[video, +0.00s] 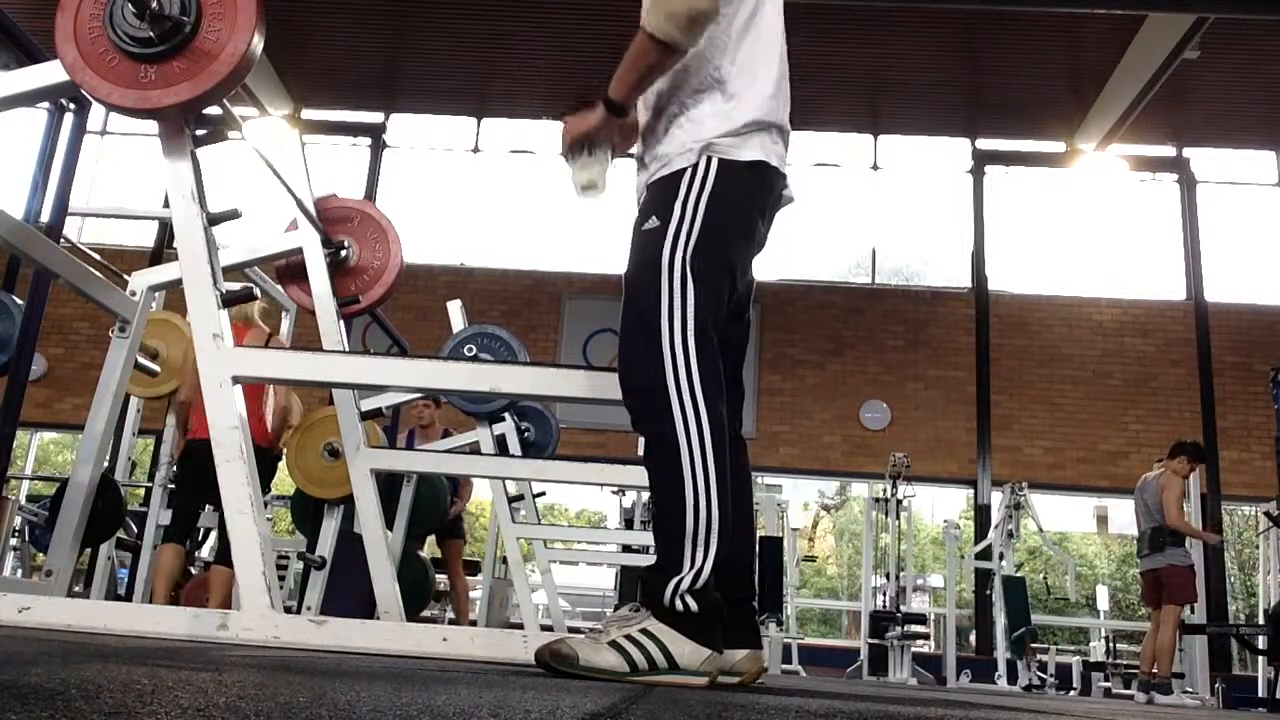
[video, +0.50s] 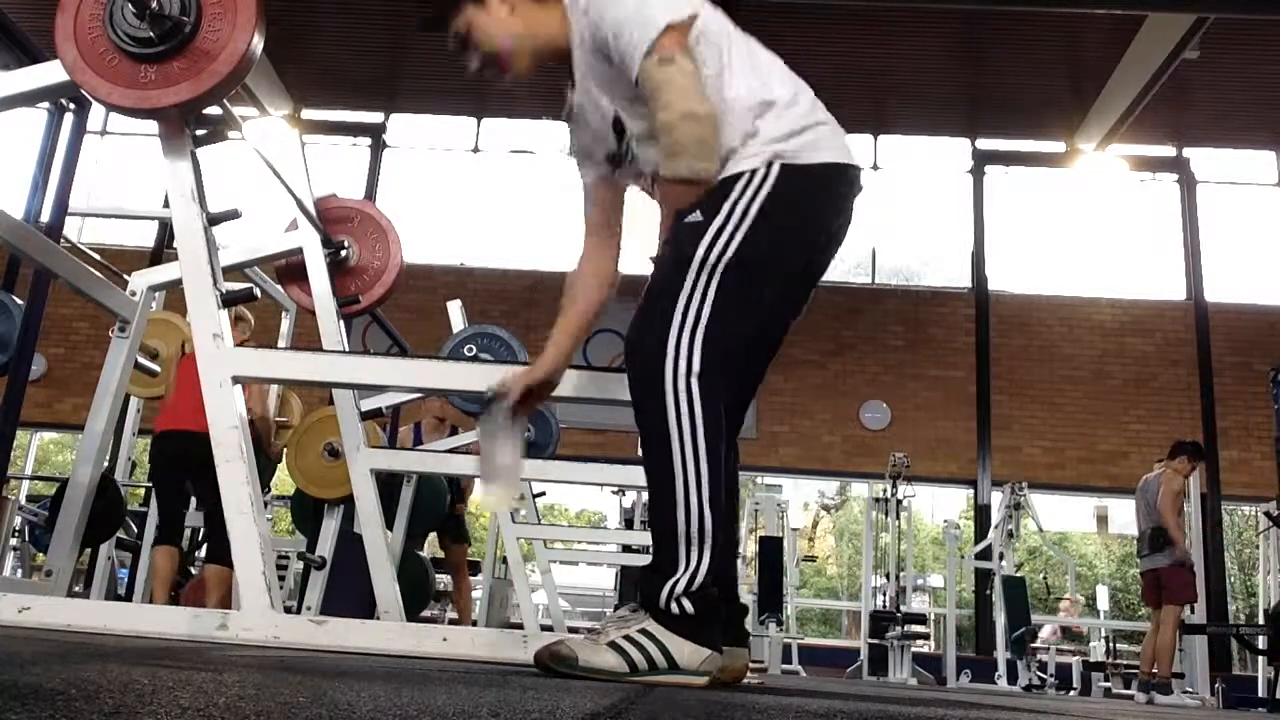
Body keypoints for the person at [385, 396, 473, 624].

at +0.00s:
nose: (420, 411)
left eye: (426, 406)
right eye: (415, 407)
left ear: (437, 410)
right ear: (409, 413)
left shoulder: (452, 439)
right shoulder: (402, 440)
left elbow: (465, 477)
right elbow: (390, 472)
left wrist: (461, 501)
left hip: (447, 506)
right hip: (412, 506)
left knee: (454, 568)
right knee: (405, 563)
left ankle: (463, 626)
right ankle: (399, 620)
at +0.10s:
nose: (425, 411)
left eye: (431, 407)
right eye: (421, 406)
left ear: (441, 412)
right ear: (415, 411)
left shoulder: (453, 440)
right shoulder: (404, 439)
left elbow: (463, 478)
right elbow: (393, 472)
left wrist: (459, 503)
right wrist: (398, 498)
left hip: (447, 506)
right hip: (412, 504)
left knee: (453, 568)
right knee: (405, 560)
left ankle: (462, 626)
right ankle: (396, 618)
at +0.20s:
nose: (431, 410)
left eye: (437, 406)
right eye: (426, 405)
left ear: (445, 412)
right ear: (419, 409)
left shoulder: (455, 443)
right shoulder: (403, 439)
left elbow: (463, 478)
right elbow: (389, 471)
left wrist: (459, 502)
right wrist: (393, 496)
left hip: (446, 507)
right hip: (410, 504)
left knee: (452, 568)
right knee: (402, 560)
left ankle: (462, 625)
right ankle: (392, 617)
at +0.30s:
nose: (437, 408)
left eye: (442, 404)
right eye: (431, 403)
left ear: (448, 410)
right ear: (422, 407)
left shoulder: (456, 442)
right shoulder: (405, 438)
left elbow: (464, 483)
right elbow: (393, 471)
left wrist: (459, 503)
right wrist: (398, 496)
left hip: (446, 508)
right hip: (410, 504)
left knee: (453, 569)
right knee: (402, 560)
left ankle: (462, 626)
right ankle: (394, 617)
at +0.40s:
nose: (440, 406)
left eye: (445, 402)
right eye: (435, 400)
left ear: (450, 408)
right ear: (423, 405)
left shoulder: (456, 438)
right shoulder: (406, 434)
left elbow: (466, 476)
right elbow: (397, 467)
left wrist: (460, 499)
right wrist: (403, 494)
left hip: (449, 506)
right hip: (413, 503)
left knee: (455, 570)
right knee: (404, 561)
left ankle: (462, 628)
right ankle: (394, 619)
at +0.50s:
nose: (440, 410)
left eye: (445, 405)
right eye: (436, 403)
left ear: (452, 410)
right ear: (425, 406)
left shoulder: (463, 439)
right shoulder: (405, 435)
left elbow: (470, 476)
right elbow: (399, 471)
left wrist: (463, 500)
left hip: (451, 507)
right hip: (415, 505)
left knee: (459, 568)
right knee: (406, 561)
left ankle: (465, 626)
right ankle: (397, 619)